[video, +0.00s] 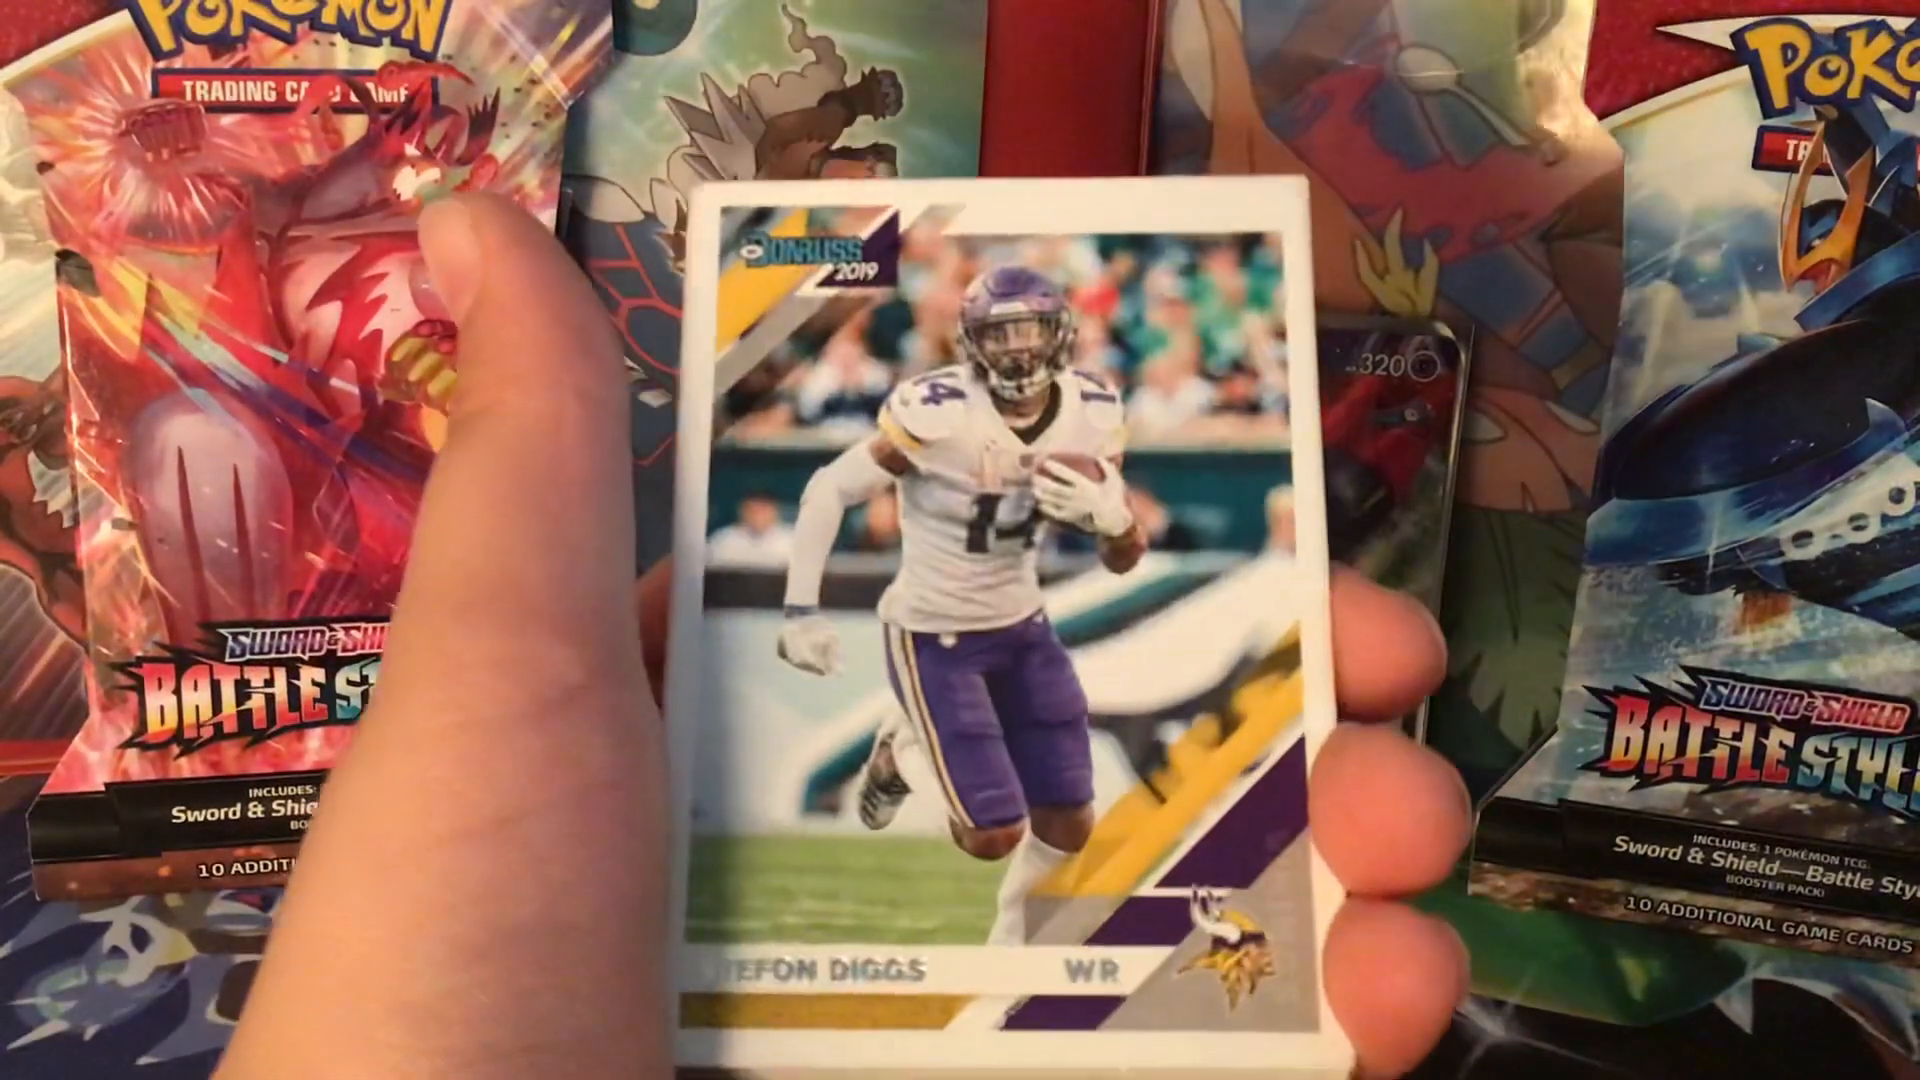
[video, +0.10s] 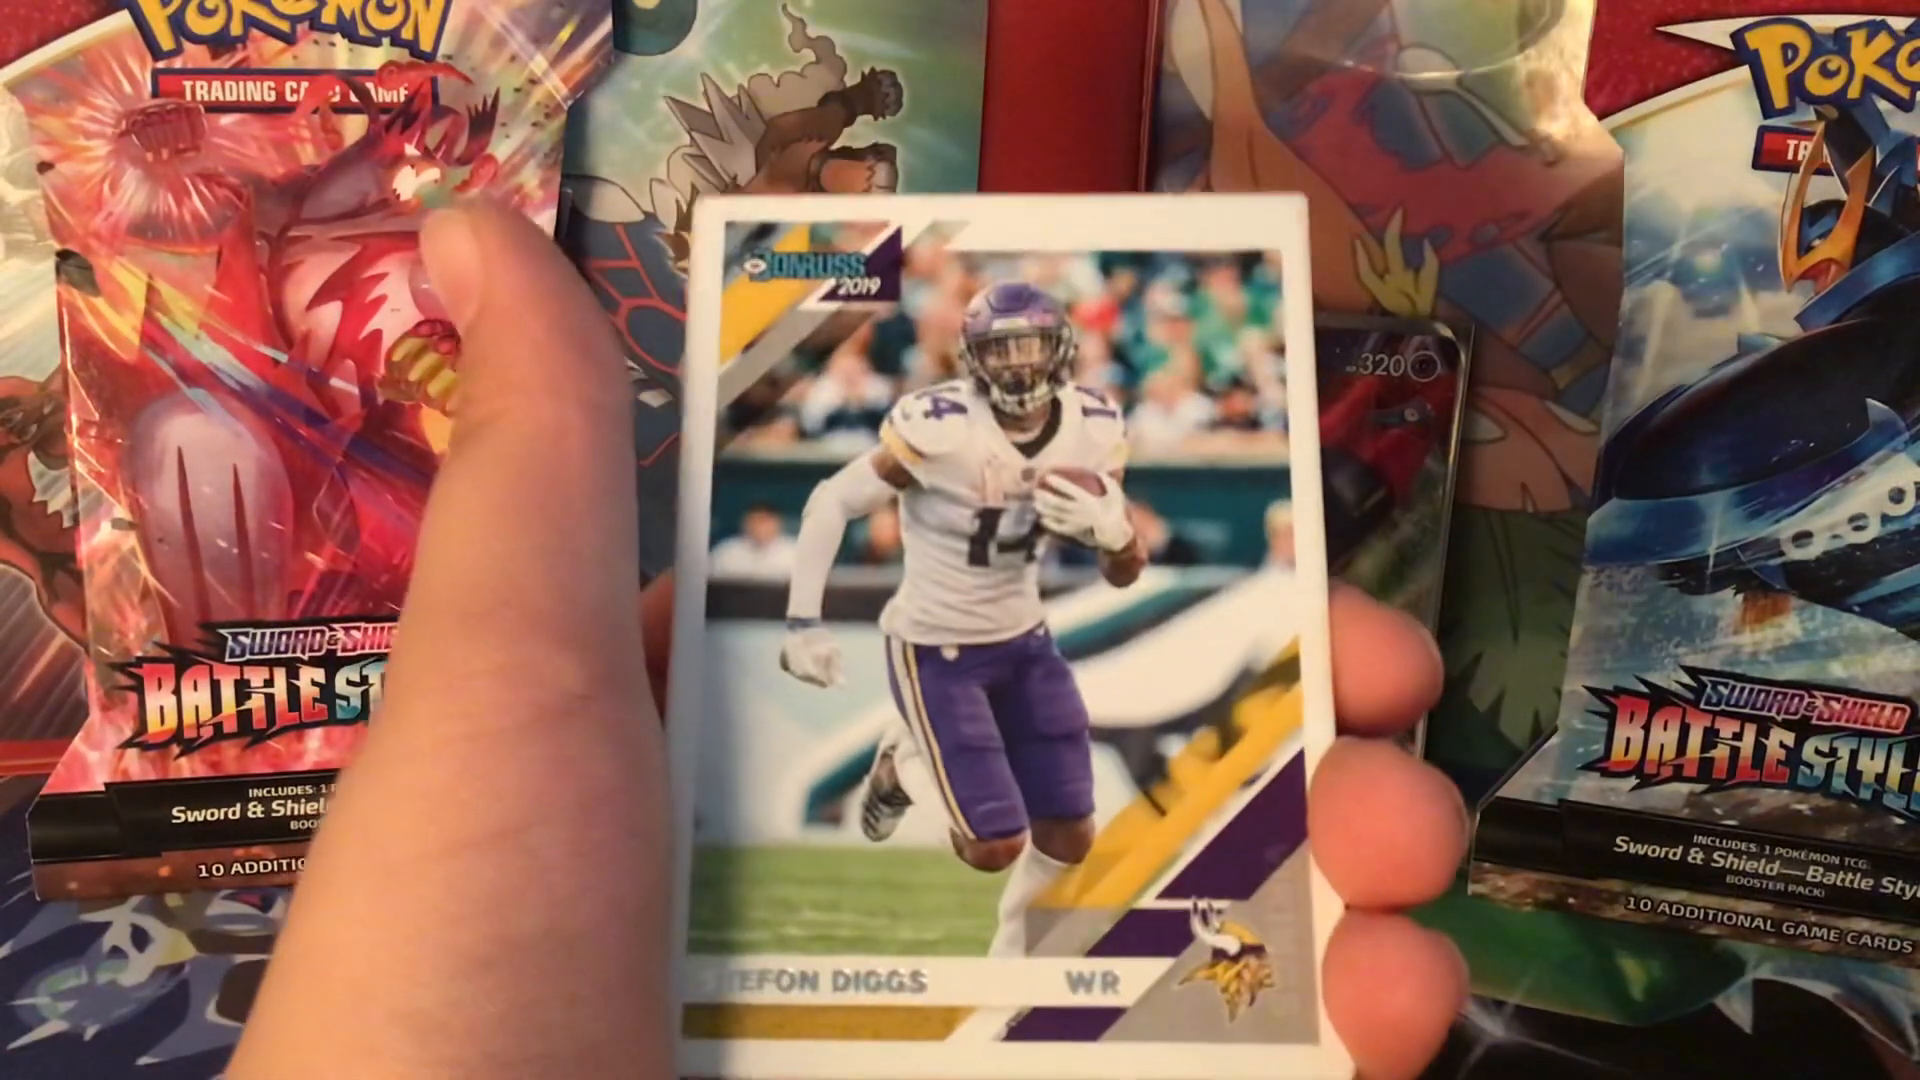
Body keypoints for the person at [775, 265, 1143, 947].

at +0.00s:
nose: (1017, 347)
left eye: (1031, 331)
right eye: (999, 333)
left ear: (1059, 336)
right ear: (973, 344)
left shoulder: (1094, 408)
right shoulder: (927, 412)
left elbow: (1123, 562)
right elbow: (827, 488)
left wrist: (1116, 520)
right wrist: (802, 609)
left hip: (1022, 626)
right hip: (932, 634)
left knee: (1068, 824)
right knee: (995, 838)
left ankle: (1000, 966)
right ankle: (898, 749)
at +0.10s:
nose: (1019, 362)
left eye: (1034, 346)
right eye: (1001, 349)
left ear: (1059, 351)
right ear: (974, 360)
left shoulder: (1095, 423)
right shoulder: (929, 427)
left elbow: (1123, 576)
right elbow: (830, 500)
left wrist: (1117, 534)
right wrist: (804, 620)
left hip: (1024, 640)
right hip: (934, 648)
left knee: (1068, 837)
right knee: (996, 849)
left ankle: (1001, 977)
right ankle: (899, 760)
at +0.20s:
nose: (1020, 376)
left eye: (1035, 360)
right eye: (1002, 362)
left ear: (1060, 366)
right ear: (976, 373)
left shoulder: (1096, 437)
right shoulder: (931, 440)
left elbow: (1124, 587)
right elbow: (832, 512)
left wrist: (1116, 545)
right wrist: (806, 630)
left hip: (1025, 650)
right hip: (935, 657)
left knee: (1070, 846)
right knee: (998, 858)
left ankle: (1005, 981)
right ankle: (902, 768)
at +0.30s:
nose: (1023, 349)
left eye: (1037, 332)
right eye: (1004, 335)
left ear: (1062, 336)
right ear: (977, 346)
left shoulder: (1098, 410)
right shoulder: (932, 414)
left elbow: (1127, 560)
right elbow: (831, 486)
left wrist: (1120, 519)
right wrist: (804, 606)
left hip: (1027, 626)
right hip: (936, 633)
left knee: (1073, 822)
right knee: (1001, 834)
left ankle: (1007, 961)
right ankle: (903, 744)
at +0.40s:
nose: (1023, 345)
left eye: (1039, 328)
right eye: (1005, 330)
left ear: (1068, 334)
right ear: (980, 341)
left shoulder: (1102, 408)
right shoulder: (935, 412)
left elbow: (1133, 561)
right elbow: (833, 485)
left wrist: (1118, 516)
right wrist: (803, 609)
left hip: (1028, 630)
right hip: (935, 638)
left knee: (1071, 835)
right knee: (997, 847)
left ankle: (1000, 995)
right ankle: (900, 753)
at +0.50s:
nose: (1044, 386)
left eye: (1059, 370)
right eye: (1026, 372)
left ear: (1085, 377)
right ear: (999, 382)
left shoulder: (1119, 450)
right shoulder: (952, 449)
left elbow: (1145, 605)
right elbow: (850, 520)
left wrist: (1138, 561)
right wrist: (819, 642)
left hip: (1042, 667)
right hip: (950, 672)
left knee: (1081, 870)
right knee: (1008, 881)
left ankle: (1008, 1019)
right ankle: (912, 788)